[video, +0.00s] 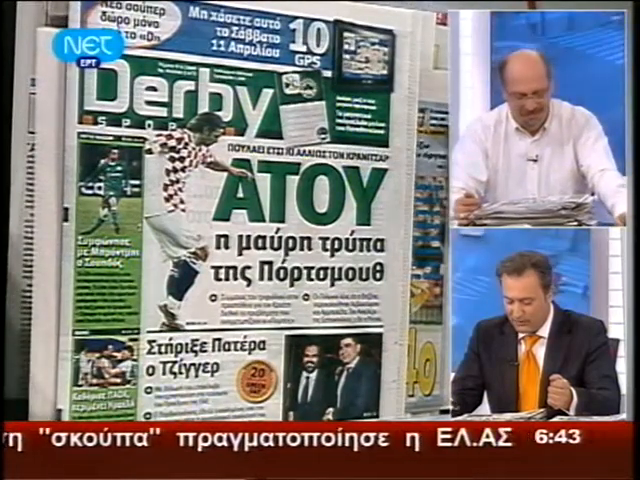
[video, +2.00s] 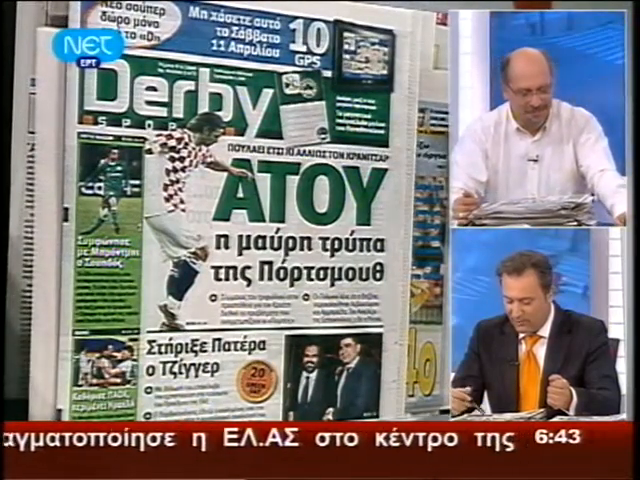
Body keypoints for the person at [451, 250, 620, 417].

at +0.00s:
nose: (516, 312)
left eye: (526, 302)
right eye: (509, 302)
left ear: (549, 294)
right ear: (503, 297)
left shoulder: (588, 332)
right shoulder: (487, 334)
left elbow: (610, 403)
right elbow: (461, 401)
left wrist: (574, 400)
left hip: (568, 451)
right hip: (505, 450)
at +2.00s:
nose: (516, 312)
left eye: (526, 302)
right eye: (509, 301)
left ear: (549, 294)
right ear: (503, 297)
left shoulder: (588, 332)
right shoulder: (487, 334)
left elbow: (610, 403)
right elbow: (464, 394)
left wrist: (574, 400)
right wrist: (457, 401)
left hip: (567, 451)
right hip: (503, 450)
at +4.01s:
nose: (510, 312)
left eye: (521, 303)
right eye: (505, 302)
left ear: (547, 297)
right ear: (500, 297)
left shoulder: (588, 333)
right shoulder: (486, 334)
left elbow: (610, 402)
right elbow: (461, 399)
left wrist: (572, 400)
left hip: (569, 450)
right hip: (505, 449)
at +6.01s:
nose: (507, 313)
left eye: (518, 303)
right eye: (502, 302)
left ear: (545, 297)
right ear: (497, 297)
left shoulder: (588, 333)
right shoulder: (486, 334)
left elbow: (610, 402)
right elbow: (462, 401)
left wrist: (569, 400)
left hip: (569, 452)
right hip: (505, 451)